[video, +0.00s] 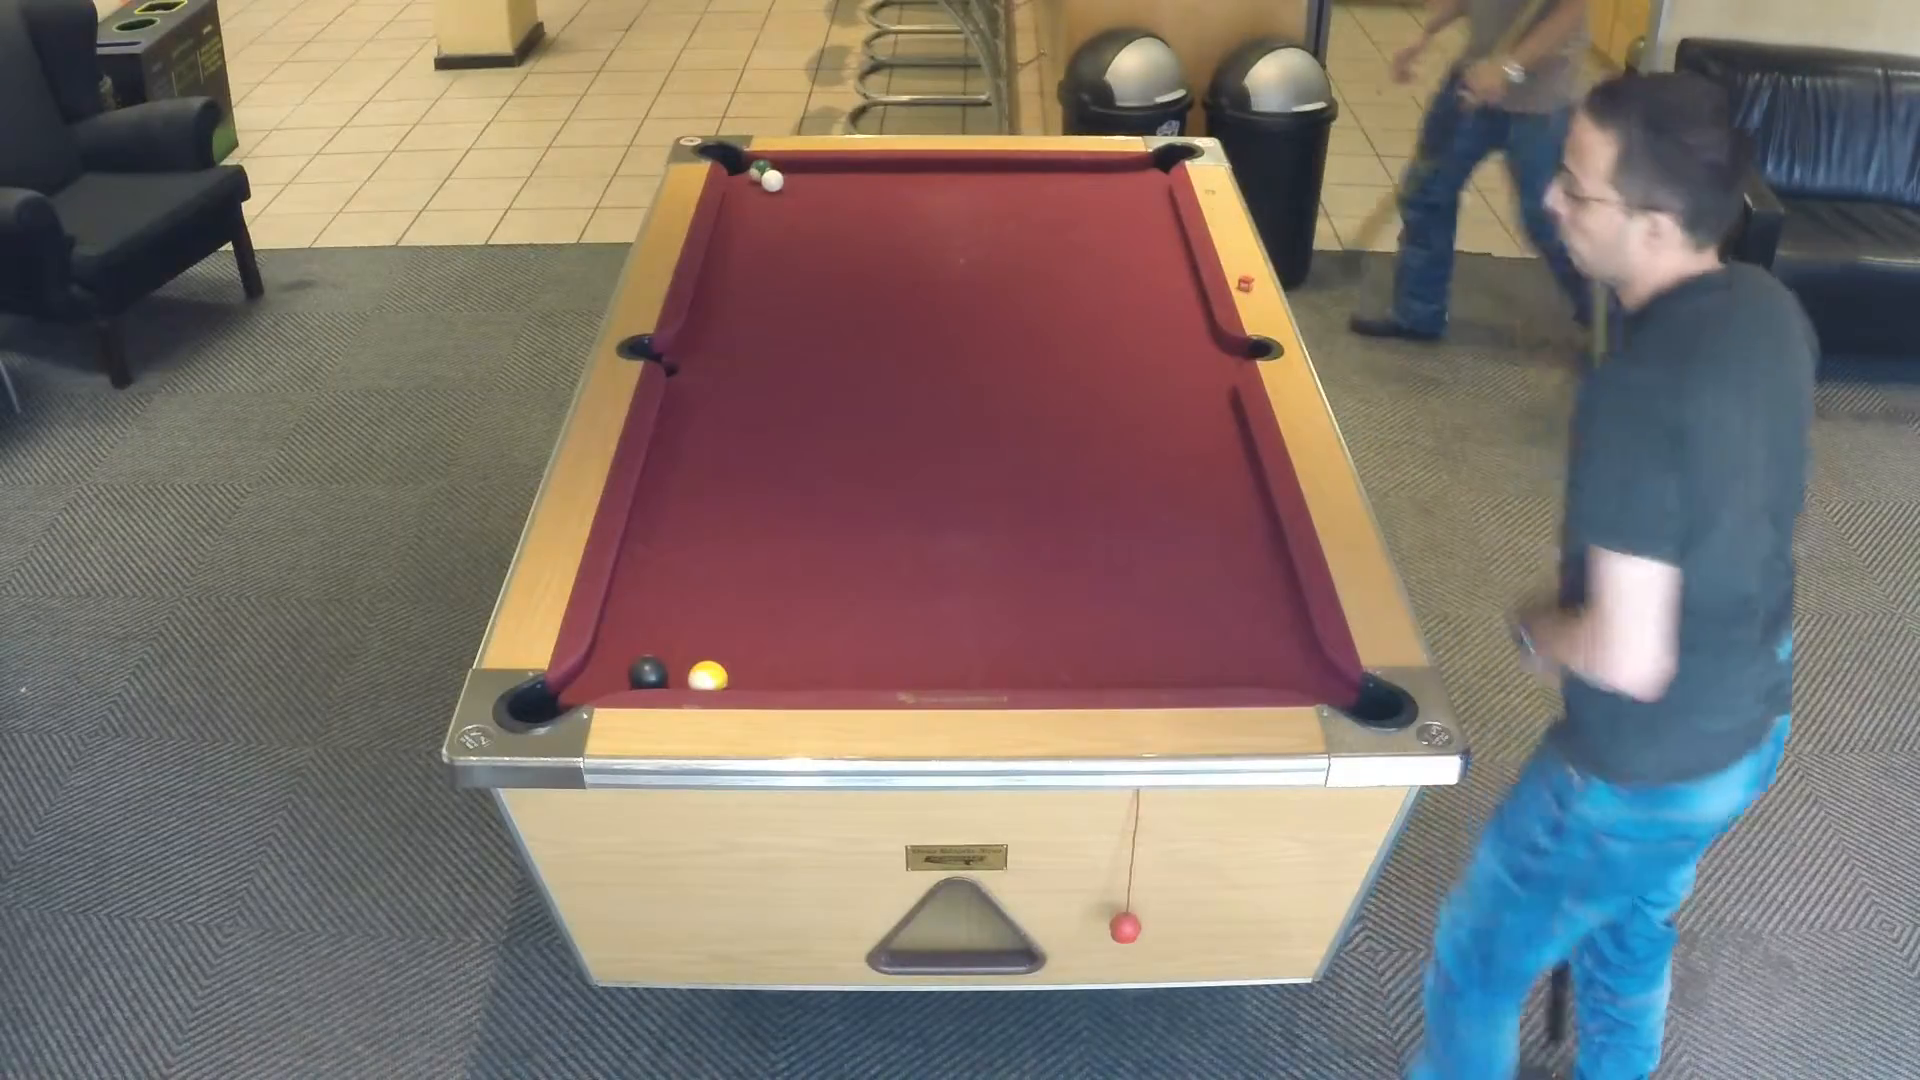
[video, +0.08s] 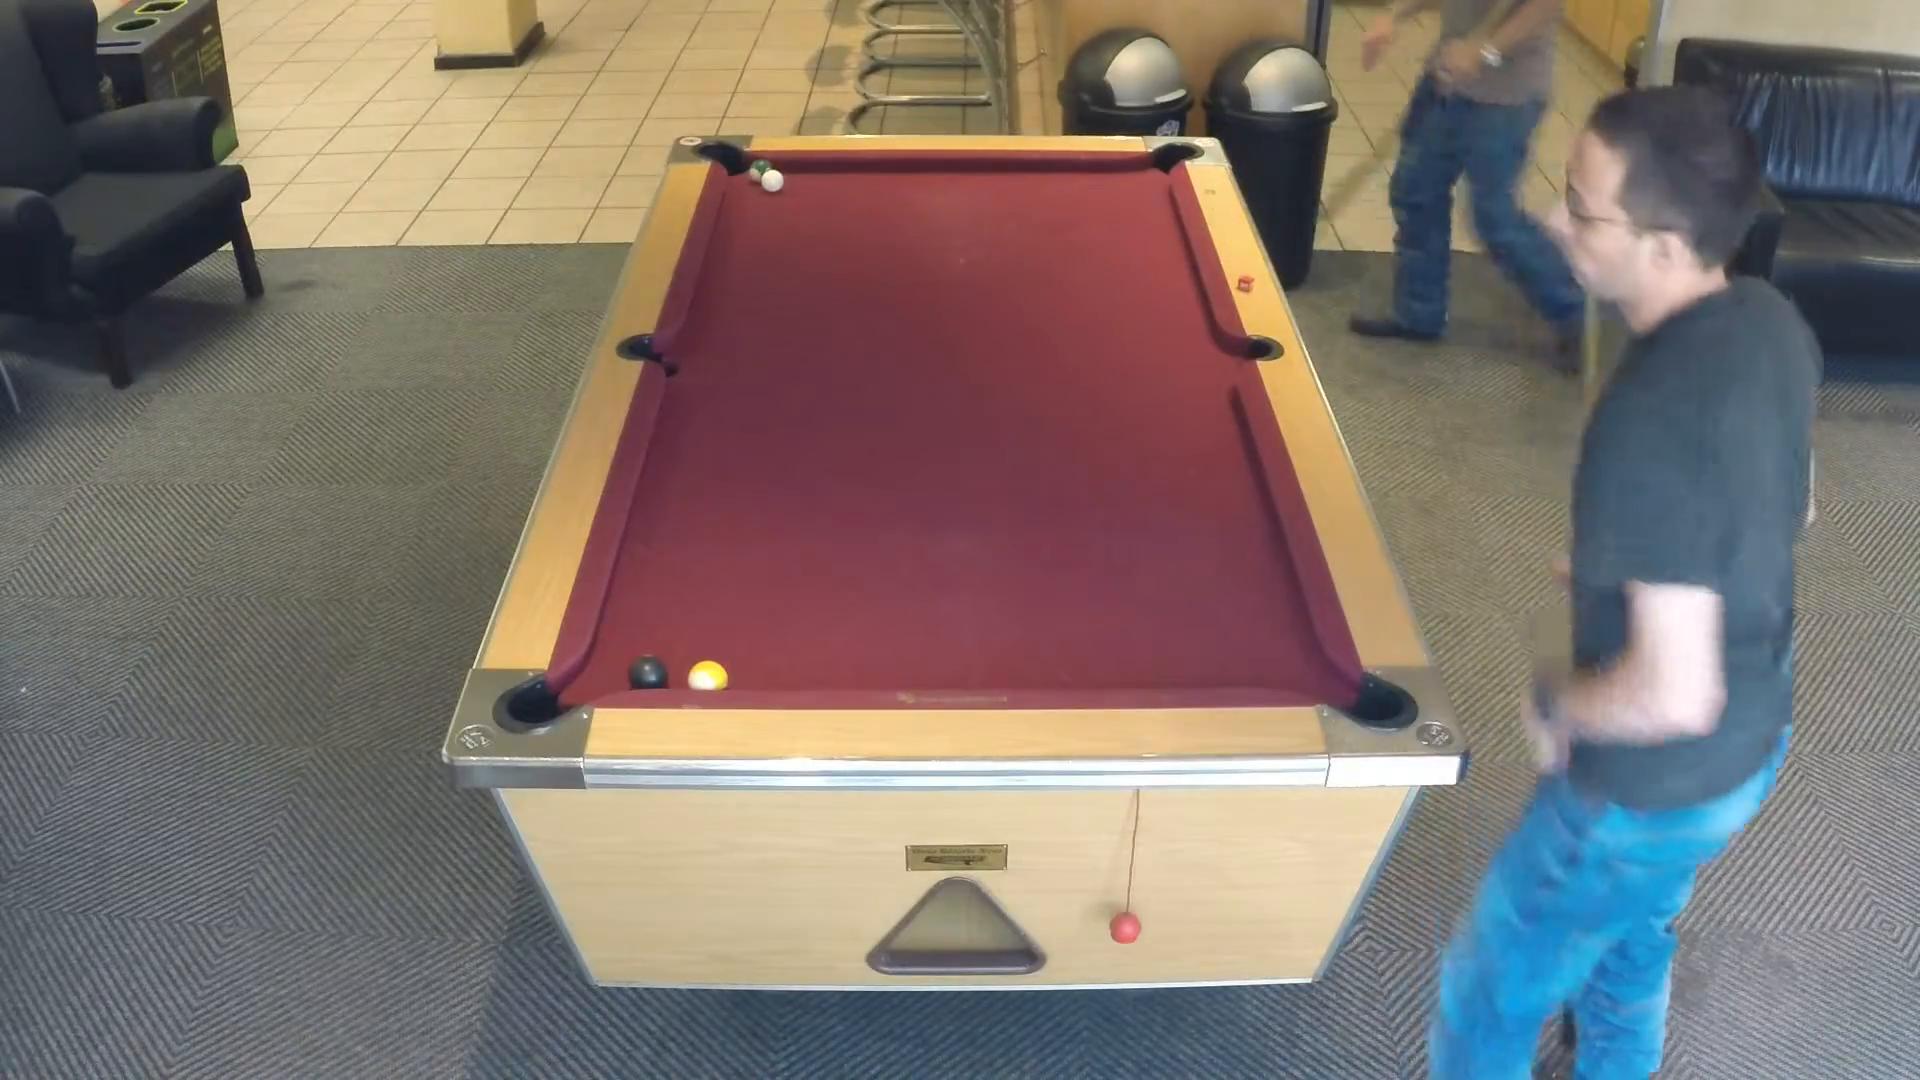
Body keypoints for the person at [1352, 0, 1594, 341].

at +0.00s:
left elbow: (1572, 11)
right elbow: (1467, 4)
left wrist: (1511, 67)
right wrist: (1424, 37)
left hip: (1540, 97)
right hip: (1473, 84)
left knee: (1547, 217)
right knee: (1426, 197)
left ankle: (1600, 317)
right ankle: (1419, 316)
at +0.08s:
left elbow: (1547, 7)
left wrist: (1486, 50)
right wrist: (1394, 18)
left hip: (1507, 90)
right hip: (1447, 78)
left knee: (1496, 218)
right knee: (1416, 195)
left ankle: (1571, 311)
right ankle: (1419, 317)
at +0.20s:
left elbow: (1513, 5)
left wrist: (1456, 31)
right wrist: (1348, 7)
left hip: (1469, 73)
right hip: (1417, 65)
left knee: (1416, 191)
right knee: (1405, 194)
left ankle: (1477, 311)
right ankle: (1416, 314)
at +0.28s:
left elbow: (1482, 6)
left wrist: (1428, 23)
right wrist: (1311, 5)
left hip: (1443, 70)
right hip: (1401, 64)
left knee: (1383, 196)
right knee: (1416, 194)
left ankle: (1394, 327)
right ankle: (1425, 313)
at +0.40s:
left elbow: (1449, 5)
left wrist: (1394, 21)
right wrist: (1262, 6)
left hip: (1402, 76)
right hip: (1373, 71)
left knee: (1330, 203)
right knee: (1403, 199)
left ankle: (1275, 314)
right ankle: (1419, 314)